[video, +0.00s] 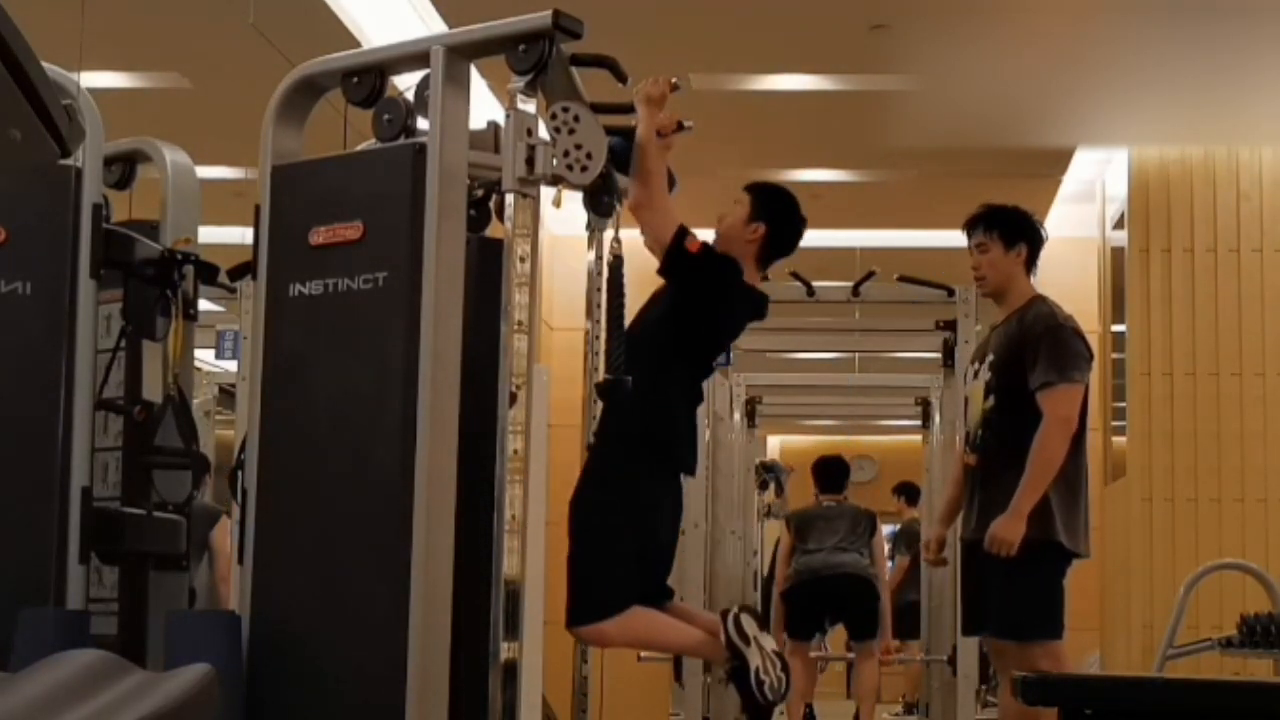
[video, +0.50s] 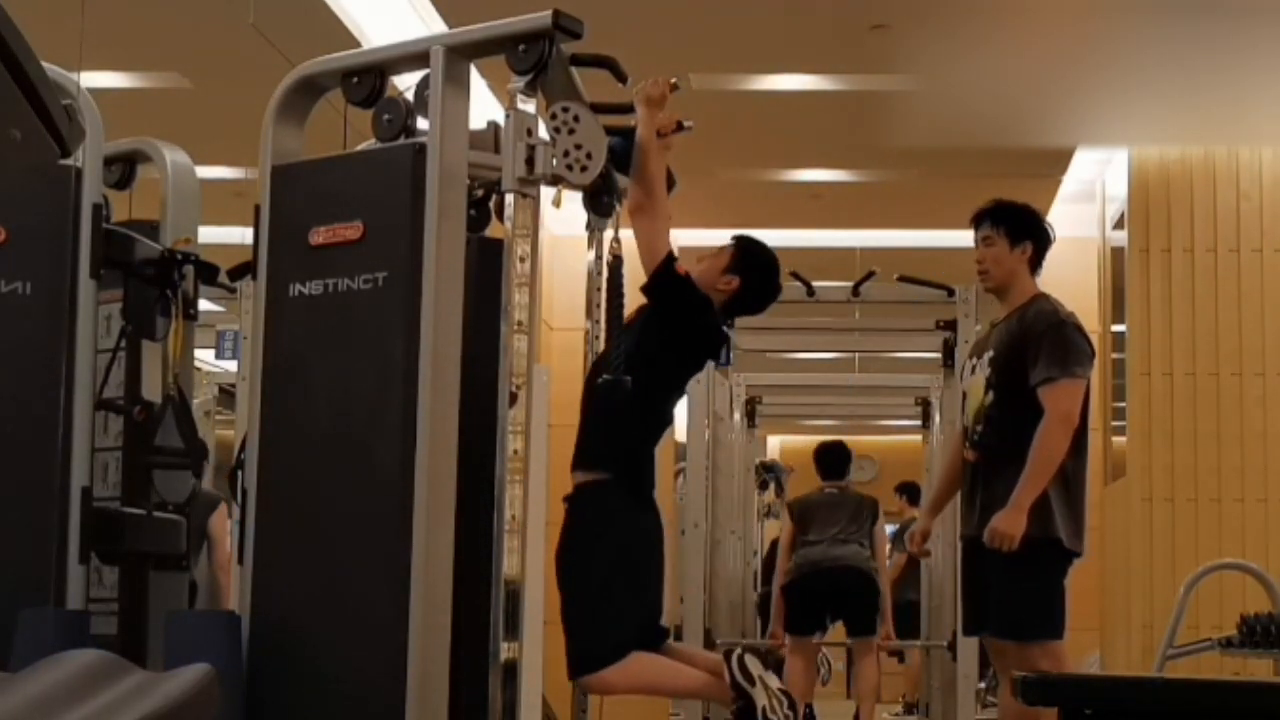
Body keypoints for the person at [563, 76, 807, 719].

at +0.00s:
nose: (721, 213)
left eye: (733, 209)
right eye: (729, 207)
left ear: (755, 231)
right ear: (759, 237)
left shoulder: (715, 279)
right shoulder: (724, 284)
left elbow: (651, 208)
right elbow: (654, 215)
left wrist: (646, 124)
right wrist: (658, 138)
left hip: (630, 456)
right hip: (652, 457)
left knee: (595, 619)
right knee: (637, 600)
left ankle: (727, 650)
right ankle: (731, 632)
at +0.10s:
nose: (715, 230)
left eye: (728, 227)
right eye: (726, 224)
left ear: (746, 253)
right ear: (748, 256)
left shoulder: (705, 294)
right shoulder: (713, 297)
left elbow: (652, 207)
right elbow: (655, 213)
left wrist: (646, 125)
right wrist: (658, 135)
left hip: (626, 484)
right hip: (648, 484)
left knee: (600, 649)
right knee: (640, 627)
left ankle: (732, 674)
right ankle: (736, 662)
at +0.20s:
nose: (702, 244)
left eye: (717, 242)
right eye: (715, 238)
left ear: (732, 269)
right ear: (735, 275)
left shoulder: (695, 309)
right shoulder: (699, 312)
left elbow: (651, 204)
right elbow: (652, 210)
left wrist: (645, 121)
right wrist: (658, 137)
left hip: (619, 510)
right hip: (639, 509)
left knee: (603, 667)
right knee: (647, 650)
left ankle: (734, 692)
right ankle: (742, 675)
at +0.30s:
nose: (691, 251)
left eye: (705, 250)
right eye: (703, 247)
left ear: (719, 276)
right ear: (724, 282)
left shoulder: (684, 314)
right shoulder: (686, 318)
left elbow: (649, 207)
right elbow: (650, 211)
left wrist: (646, 124)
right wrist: (657, 135)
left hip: (616, 519)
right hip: (633, 517)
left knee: (604, 678)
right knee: (646, 657)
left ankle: (733, 700)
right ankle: (741, 683)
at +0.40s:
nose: (692, 251)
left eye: (706, 252)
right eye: (704, 248)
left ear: (717, 279)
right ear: (719, 283)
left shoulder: (680, 317)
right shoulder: (676, 318)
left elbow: (647, 206)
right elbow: (646, 212)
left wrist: (645, 122)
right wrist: (656, 135)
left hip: (613, 520)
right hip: (627, 518)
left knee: (603, 679)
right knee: (642, 659)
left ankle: (732, 700)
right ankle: (739, 682)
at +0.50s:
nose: (694, 253)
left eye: (709, 253)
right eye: (708, 250)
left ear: (725, 280)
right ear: (726, 283)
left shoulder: (686, 315)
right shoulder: (683, 314)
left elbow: (645, 207)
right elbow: (646, 213)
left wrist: (645, 124)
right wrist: (657, 137)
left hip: (605, 510)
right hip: (620, 509)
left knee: (595, 668)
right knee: (634, 649)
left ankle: (730, 683)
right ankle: (738, 671)